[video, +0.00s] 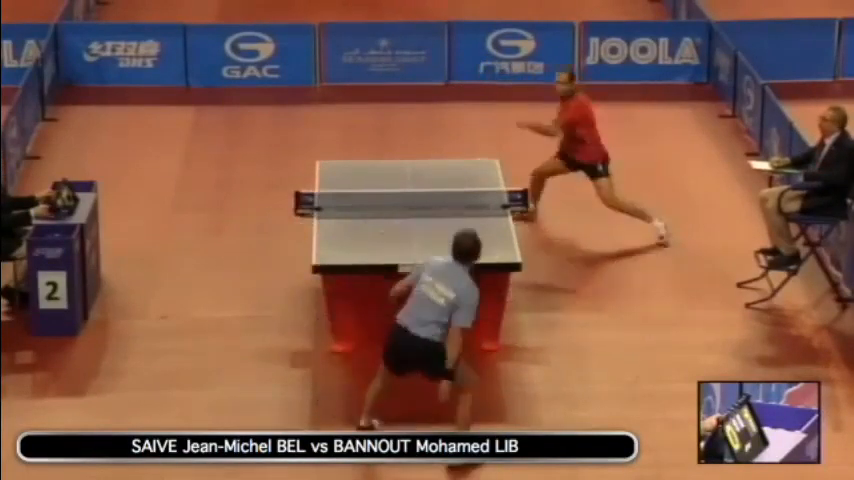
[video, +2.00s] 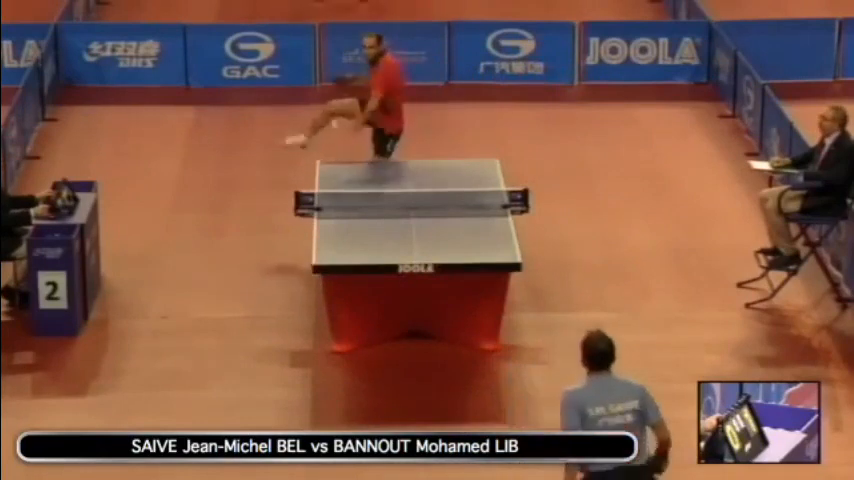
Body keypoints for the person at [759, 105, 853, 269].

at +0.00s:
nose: (820, 123)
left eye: (825, 120)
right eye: (821, 119)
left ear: (837, 125)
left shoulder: (846, 147)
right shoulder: (826, 141)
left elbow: (837, 178)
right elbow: (807, 158)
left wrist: (806, 175)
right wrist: (786, 162)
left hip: (829, 199)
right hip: (815, 191)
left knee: (773, 204)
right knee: (765, 197)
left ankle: (789, 253)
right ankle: (780, 247)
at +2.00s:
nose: (820, 122)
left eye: (825, 119)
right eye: (821, 118)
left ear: (837, 124)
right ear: (833, 123)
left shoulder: (846, 147)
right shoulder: (827, 139)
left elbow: (836, 177)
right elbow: (809, 157)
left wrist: (803, 175)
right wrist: (787, 163)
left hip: (829, 199)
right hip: (815, 190)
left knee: (773, 205)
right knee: (765, 197)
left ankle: (790, 254)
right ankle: (780, 247)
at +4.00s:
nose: (819, 123)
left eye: (824, 120)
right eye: (820, 119)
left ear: (837, 124)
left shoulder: (846, 147)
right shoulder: (826, 141)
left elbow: (836, 178)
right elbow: (808, 157)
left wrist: (803, 175)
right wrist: (787, 162)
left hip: (830, 199)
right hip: (815, 191)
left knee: (773, 204)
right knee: (765, 197)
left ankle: (790, 254)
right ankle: (780, 247)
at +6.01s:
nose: (818, 125)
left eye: (823, 122)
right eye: (818, 121)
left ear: (836, 127)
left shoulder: (844, 149)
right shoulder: (824, 143)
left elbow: (832, 178)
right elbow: (803, 160)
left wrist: (800, 179)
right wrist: (787, 165)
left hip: (828, 199)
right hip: (813, 191)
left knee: (774, 206)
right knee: (765, 197)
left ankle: (790, 254)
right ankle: (780, 247)